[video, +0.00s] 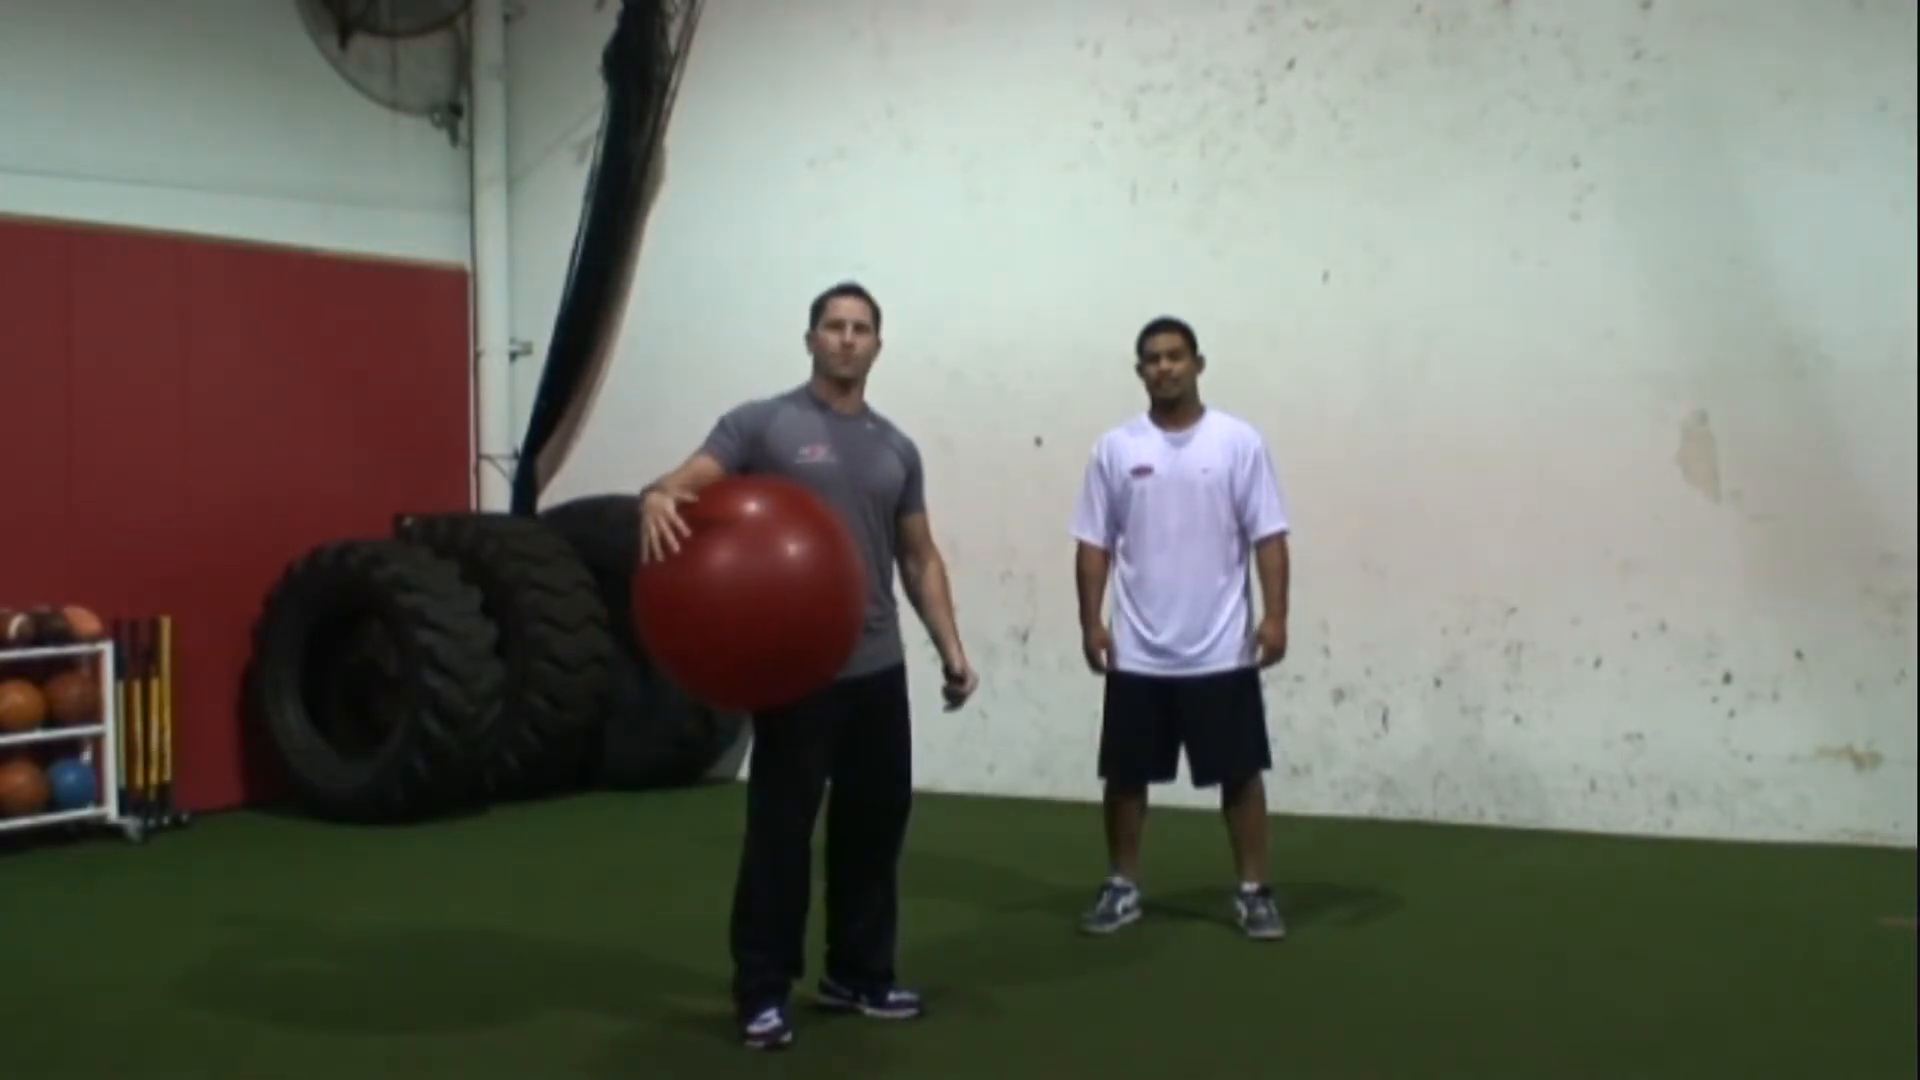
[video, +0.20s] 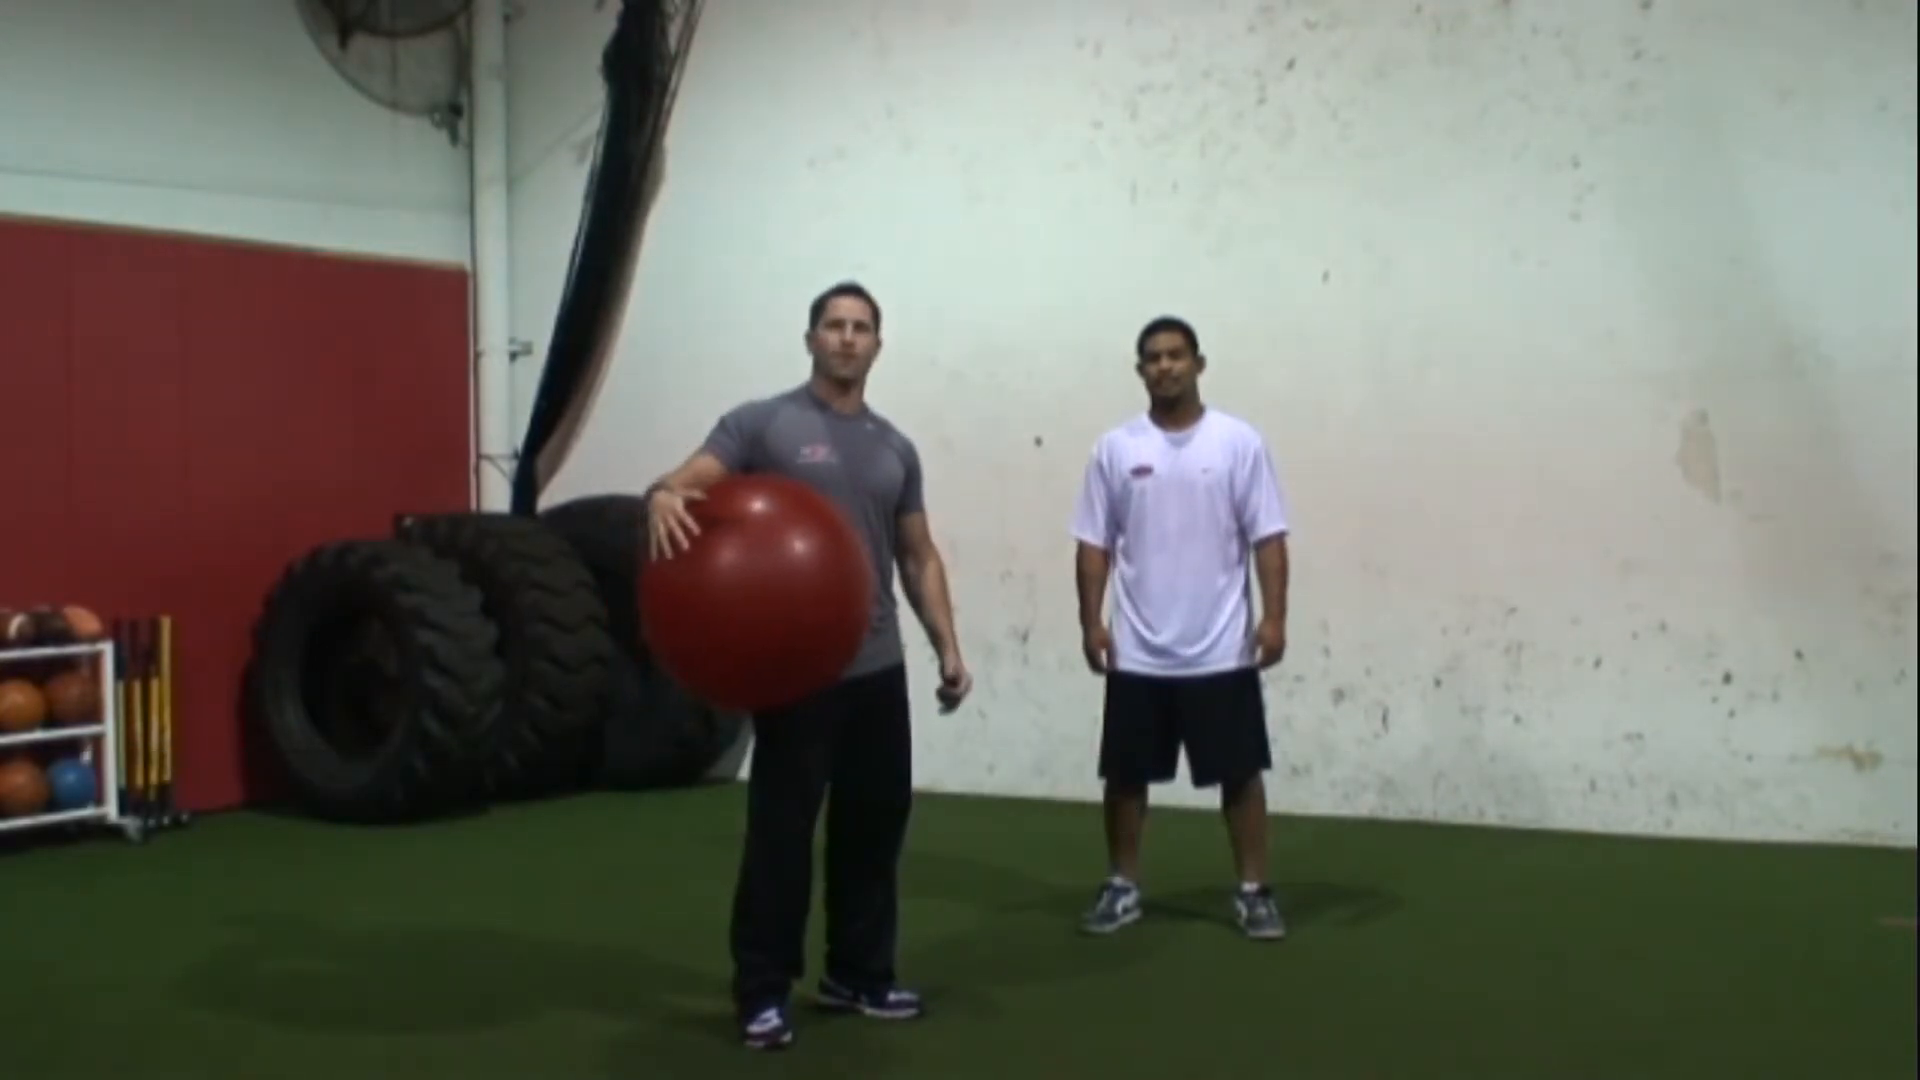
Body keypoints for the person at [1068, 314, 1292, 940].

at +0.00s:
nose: (1163, 367)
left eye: (1174, 357)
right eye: (1152, 359)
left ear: (1198, 365)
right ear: (1139, 372)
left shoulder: (1239, 443)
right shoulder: (1116, 449)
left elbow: (1269, 535)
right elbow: (1093, 540)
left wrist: (1275, 616)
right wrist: (1091, 621)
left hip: (1221, 645)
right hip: (1139, 646)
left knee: (1242, 776)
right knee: (1123, 777)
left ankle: (1254, 889)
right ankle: (1122, 883)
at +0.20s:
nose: (1164, 366)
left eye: (1175, 356)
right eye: (1153, 358)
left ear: (1199, 365)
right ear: (1140, 371)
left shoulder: (1240, 443)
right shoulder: (1116, 449)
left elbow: (1269, 536)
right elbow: (1093, 540)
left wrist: (1273, 617)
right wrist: (1092, 621)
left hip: (1221, 645)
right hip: (1139, 646)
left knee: (1242, 776)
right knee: (1124, 777)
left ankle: (1254, 889)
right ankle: (1122, 883)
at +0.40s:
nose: (1164, 368)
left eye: (1175, 357)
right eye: (1153, 360)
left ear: (1198, 365)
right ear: (1140, 371)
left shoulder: (1239, 443)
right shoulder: (1116, 449)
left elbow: (1268, 536)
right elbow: (1093, 540)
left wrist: (1273, 618)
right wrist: (1092, 621)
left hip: (1221, 645)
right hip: (1139, 646)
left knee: (1242, 776)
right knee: (1124, 777)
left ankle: (1254, 888)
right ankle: (1122, 884)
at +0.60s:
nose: (1164, 367)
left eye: (1175, 357)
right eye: (1153, 359)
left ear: (1198, 365)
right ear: (1140, 371)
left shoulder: (1239, 443)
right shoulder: (1116, 449)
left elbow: (1268, 536)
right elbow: (1093, 540)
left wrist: (1274, 618)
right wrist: (1091, 621)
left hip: (1221, 645)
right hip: (1139, 645)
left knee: (1242, 776)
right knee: (1124, 777)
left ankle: (1254, 888)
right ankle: (1122, 883)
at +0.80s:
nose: (1163, 368)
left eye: (1175, 357)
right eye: (1152, 360)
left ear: (1198, 365)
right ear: (1139, 372)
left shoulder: (1239, 443)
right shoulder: (1116, 449)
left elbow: (1268, 535)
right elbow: (1093, 541)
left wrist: (1274, 617)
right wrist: (1091, 622)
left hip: (1220, 645)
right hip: (1138, 646)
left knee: (1242, 776)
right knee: (1123, 777)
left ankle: (1254, 888)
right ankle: (1122, 883)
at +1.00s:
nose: (1163, 368)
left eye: (1174, 357)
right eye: (1152, 360)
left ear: (1197, 365)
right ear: (1138, 372)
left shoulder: (1239, 443)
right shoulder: (1116, 449)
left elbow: (1268, 535)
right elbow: (1094, 541)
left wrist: (1274, 616)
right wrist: (1091, 622)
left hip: (1220, 645)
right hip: (1138, 646)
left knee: (1242, 776)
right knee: (1123, 777)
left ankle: (1254, 889)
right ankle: (1122, 883)